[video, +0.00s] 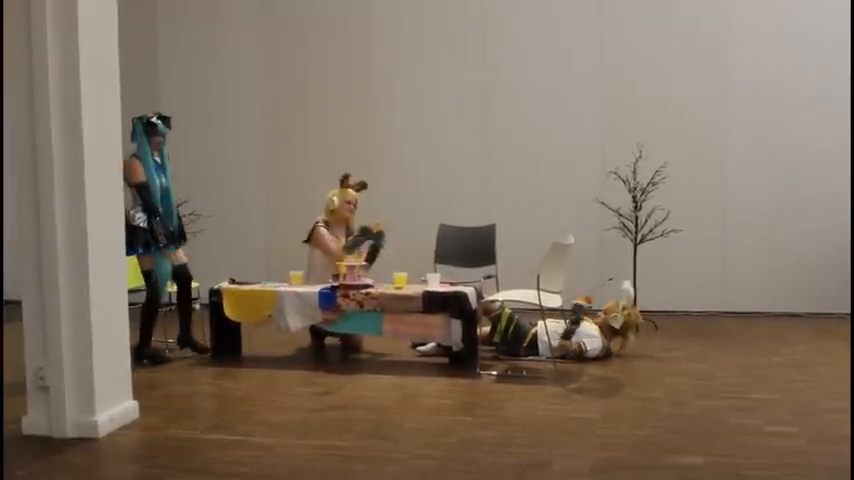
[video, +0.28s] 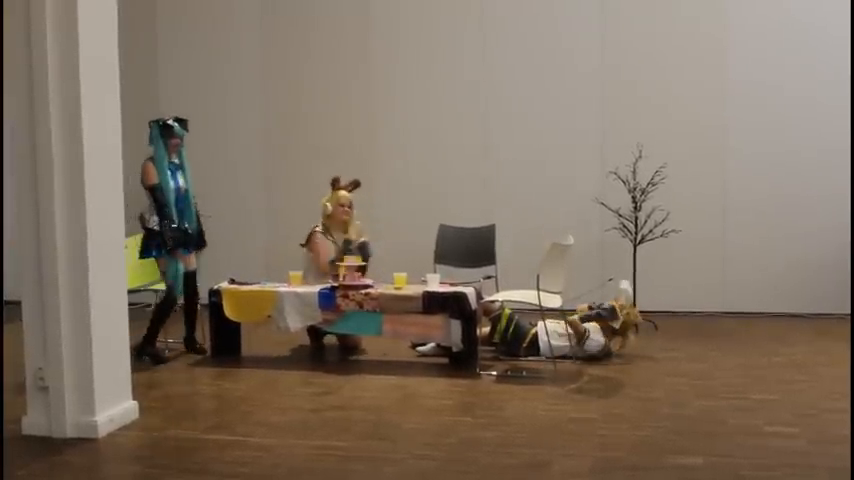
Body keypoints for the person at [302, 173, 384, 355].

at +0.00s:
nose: (352, 208)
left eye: (355, 204)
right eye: (348, 203)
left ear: (356, 208)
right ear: (334, 204)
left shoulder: (350, 232)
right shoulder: (319, 230)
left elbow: (362, 265)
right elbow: (338, 254)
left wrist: (376, 246)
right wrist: (361, 238)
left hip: (346, 296)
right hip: (318, 297)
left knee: (355, 344)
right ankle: (318, 334)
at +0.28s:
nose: (347, 210)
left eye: (350, 206)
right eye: (341, 206)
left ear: (353, 210)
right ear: (330, 208)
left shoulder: (352, 233)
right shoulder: (318, 234)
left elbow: (359, 272)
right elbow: (324, 268)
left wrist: (362, 255)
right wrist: (344, 251)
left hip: (344, 293)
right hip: (316, 295)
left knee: (352, 345)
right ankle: (316, 334)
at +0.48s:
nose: (326, 208)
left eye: (330, 204)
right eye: (321, 205)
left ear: (339, 206)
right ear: (316, 208)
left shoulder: (352, 236)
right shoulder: (306, 236)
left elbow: (356, 271)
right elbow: (295, 269)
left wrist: (341, 271)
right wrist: (314, 264)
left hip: (344, 292)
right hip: (313, 293)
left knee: (355, 344)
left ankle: (345, 340)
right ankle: (317, 338)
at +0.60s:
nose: (318, 208)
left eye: (323, 204)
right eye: (315, 204)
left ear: (333, 205)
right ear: (310, 207)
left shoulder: (347, 234)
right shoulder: (303, 235)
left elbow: (351, 267)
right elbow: (299, 267)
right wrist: (294, 279)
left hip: (342, 290)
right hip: (313, 292)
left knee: (354, 344)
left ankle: (345, 336)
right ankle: (318, 338)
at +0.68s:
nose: (314, 210)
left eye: (319, 205)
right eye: (310, 206)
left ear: (330, 206)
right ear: (307, 208)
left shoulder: (343, 233)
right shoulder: (302, 236)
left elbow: (350, 267)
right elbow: (298, 270)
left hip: (339, 288)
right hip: (311, 291)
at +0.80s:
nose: (309, 214)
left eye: (314, 209)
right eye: (306, 210)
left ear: (325, 210)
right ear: (302, 212)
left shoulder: (339, 236)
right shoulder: (300, 239)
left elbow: (344, 271)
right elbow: (293, 272)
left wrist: (323, 276)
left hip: (337, 292)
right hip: (310, 294)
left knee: (354, 344)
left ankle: (346, 335)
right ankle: (319, 341)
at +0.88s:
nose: (307, 217)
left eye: (311, 212)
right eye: (303, 213)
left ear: (323, 213)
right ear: (300, 215)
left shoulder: (336, 238)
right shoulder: (300, 240)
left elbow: (342, 273)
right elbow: (288, 273)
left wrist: (315, 278)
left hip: (332, 290)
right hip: (307, 292)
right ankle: (318, 334)